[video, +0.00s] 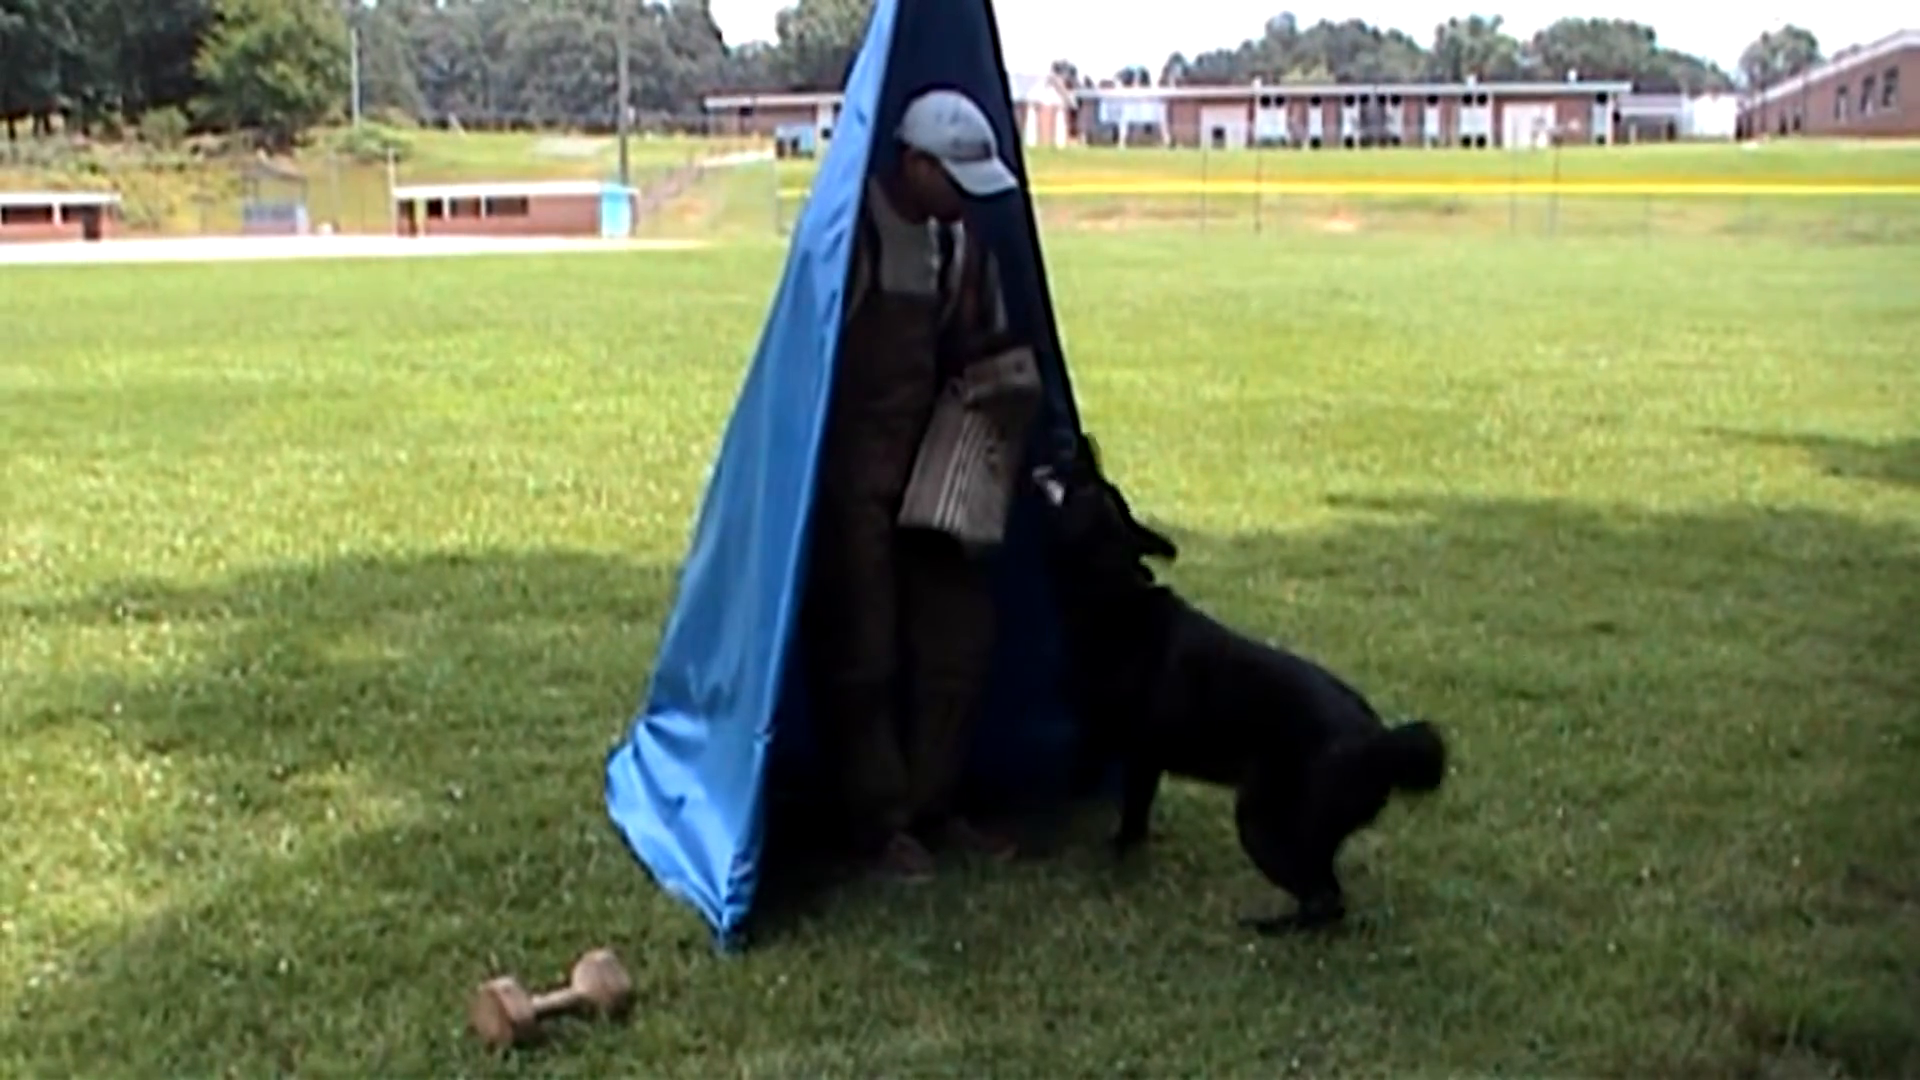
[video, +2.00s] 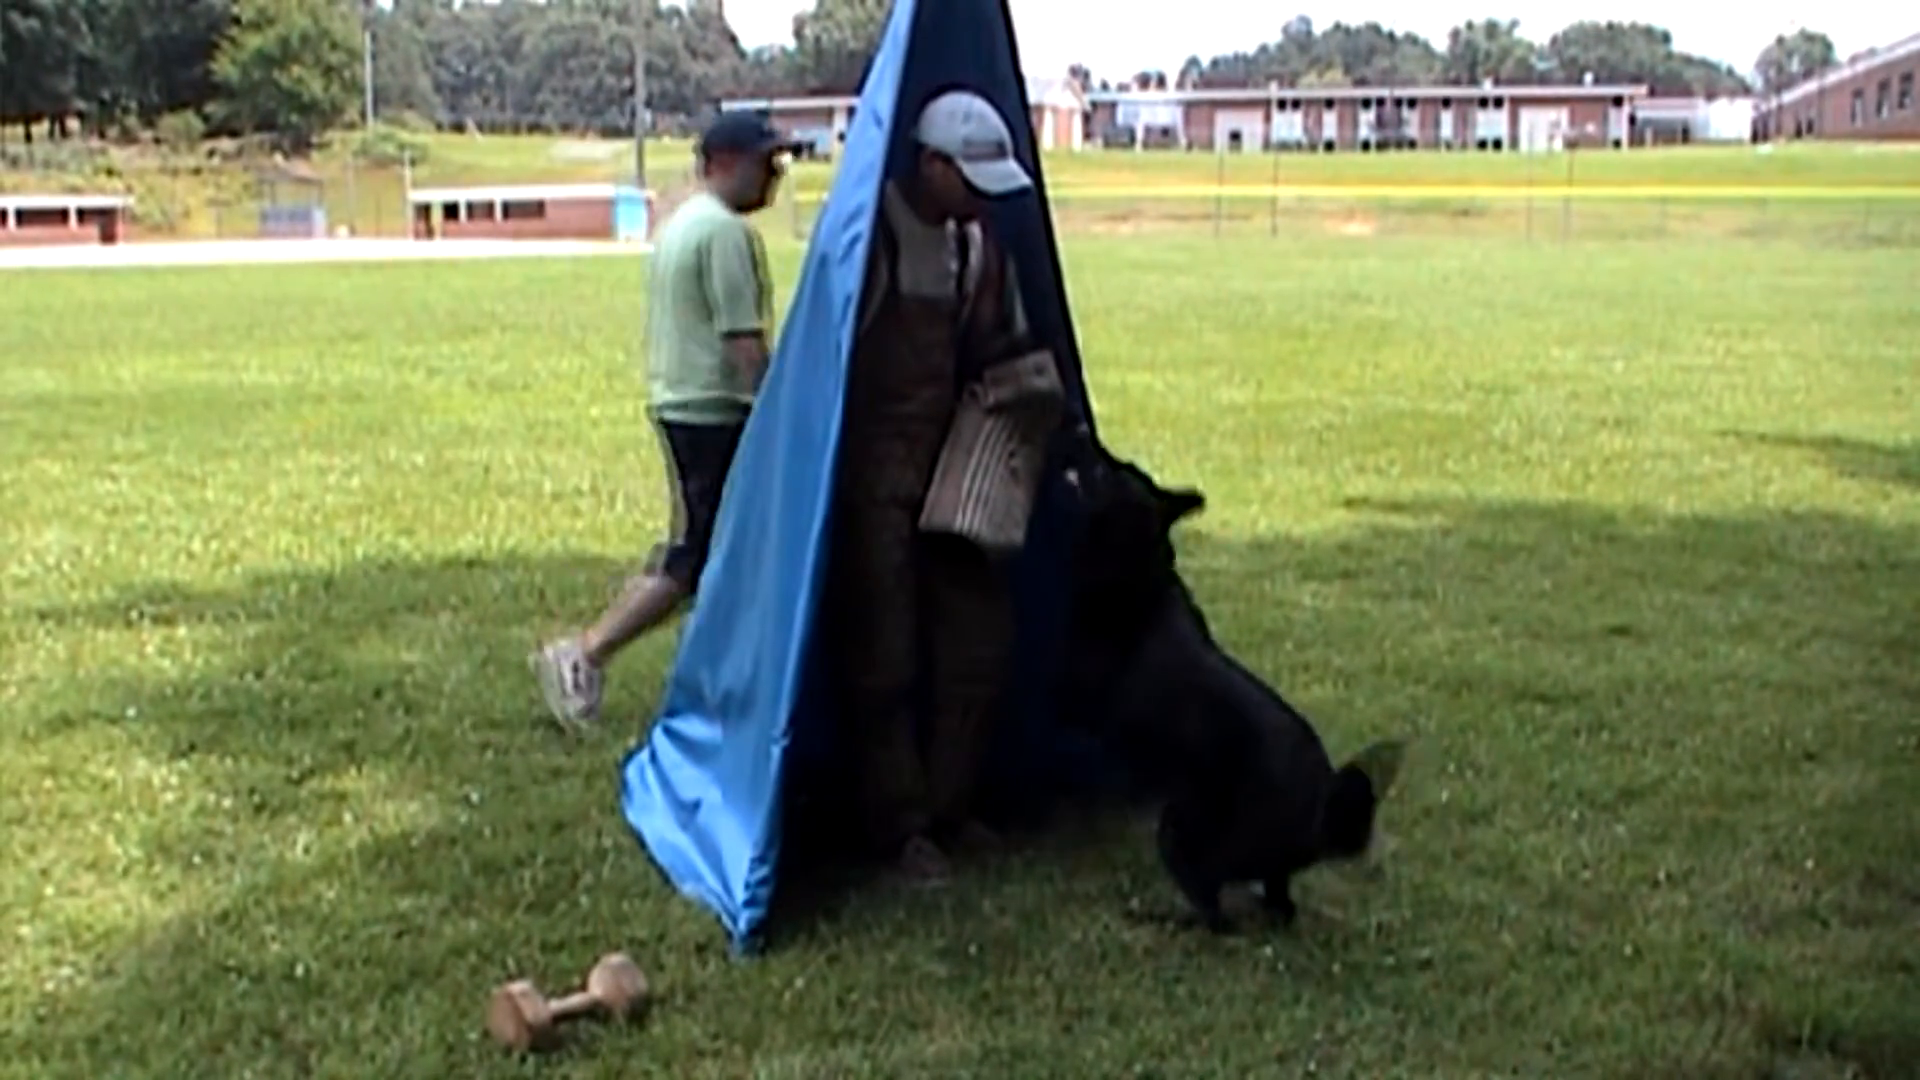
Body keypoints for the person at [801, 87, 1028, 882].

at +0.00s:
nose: (964, 199)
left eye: (971, 184)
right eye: (954, 182)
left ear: (965, 174)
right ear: (910, 163)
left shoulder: (967, 246)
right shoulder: (845, 242)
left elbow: (995, 360)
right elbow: (806, 372)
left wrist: (1000, 386)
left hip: (944, 481)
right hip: (853, 484)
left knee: (951, 640)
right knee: (868, 653)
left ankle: (939, 808)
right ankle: (880, 826)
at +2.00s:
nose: (980, 197)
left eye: (987, 184)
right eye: (970, 181)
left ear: (980, 171)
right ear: (928, 164)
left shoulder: (984, 246)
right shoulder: (865, 242)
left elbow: (1002, 359)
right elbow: (821, 366)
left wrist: (1029, 383)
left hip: (964, 484)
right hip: (876, 483)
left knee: (972, 644)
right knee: (888, 655)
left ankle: (952, 810)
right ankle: (899, 828)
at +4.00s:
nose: (973, 200)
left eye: (981, 186)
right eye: (964, 183)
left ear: (976, 175)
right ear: (923, 165)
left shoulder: (978, 248)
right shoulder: (860, 243)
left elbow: (1002, 359)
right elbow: (820, 366)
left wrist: (1022, 384)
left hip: (957, 482)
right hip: (870, 483)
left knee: (966, 644)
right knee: (883, 656)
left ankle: (946, 811)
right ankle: (894, 829)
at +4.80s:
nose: (971, 199)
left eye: (978, 186)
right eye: (961, 182)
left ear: (974, 174)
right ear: (917, 163)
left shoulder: (975, 245)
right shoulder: (855, 241)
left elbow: (997, 355)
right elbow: (815, 365)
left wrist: (1022, 384)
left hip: (955, 484)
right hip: (866, 486)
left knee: (961, 646)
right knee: (880, 658)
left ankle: (944, 813)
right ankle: (892, 829)